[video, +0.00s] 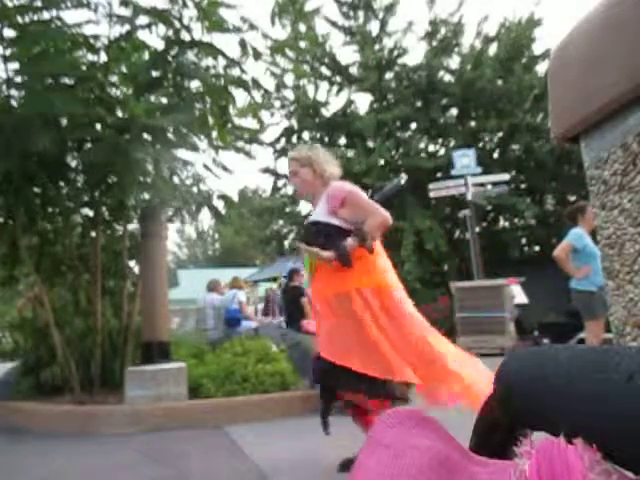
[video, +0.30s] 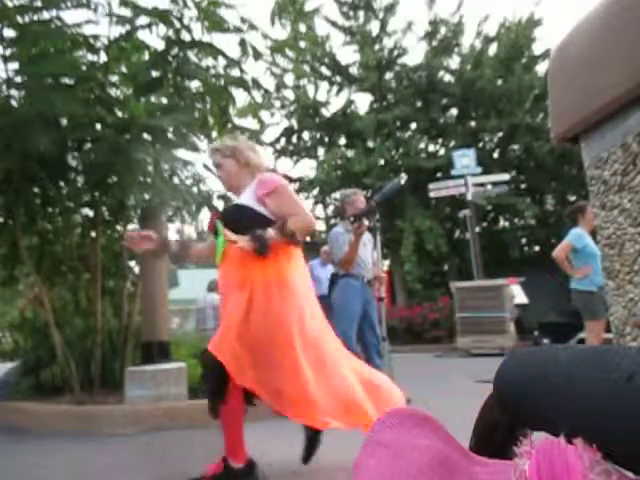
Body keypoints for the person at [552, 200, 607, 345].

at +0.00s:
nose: (594, 217)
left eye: (593, 213)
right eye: (591, 213)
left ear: (584, 217)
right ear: (581, 216)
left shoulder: (585, 236)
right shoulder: (577, 234)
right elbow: (559, 253)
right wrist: (573, 272)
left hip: (595, 287)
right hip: (585, 288)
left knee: (597, 333)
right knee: (594, 334)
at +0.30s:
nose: (594, 216)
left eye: (593, 213)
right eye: (591, 213)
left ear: (584, 216)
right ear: (582, 216)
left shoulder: (586, 236)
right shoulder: (577, 234)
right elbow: (558, 253)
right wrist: (572, 272)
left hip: (595, 287)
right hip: (585, 288)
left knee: (597, 334)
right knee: (594, 334)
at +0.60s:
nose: (594, 216)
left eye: (593, 213)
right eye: (590, 213)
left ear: (584, 216)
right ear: (582, 216)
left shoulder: (586, 235)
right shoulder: (576, 234)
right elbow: (556, 254)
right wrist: (571, 272)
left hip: (594, 287)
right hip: (585, 288)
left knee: (596, 335)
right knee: (594, 335)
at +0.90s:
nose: (593, 215)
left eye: (592, 211)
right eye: (590, 211)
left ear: (583, 216)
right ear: (580, 216)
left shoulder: (587, 235)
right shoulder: (576, 234)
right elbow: (555, 253)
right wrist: (569, 272)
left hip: (595, 286)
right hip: (583, 288)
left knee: (596, 336)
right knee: (593, 337)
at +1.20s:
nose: (593, 215)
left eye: (592, 211)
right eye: (589, 211)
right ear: (579, 215)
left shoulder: (587, 235)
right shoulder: (576, 234)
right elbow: (554, 253)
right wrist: (568, 272)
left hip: (595, 286)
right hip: (582, 288)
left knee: (596, 336)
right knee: (592, 337)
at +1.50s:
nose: (594, 214)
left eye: (592, 210)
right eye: (589, 211)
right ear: (579, 215)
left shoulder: (587, 235)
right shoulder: (575, 234)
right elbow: (553, 254)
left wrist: (598, 278)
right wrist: (568, 273)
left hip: (594, 286)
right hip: (583, 288)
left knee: (598, 336)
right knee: (595, 336)